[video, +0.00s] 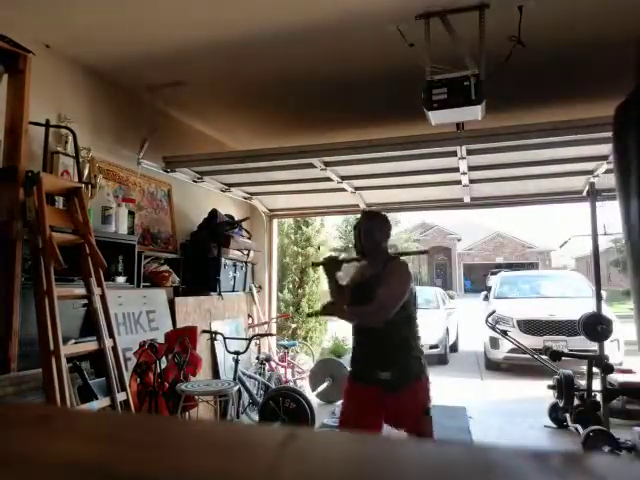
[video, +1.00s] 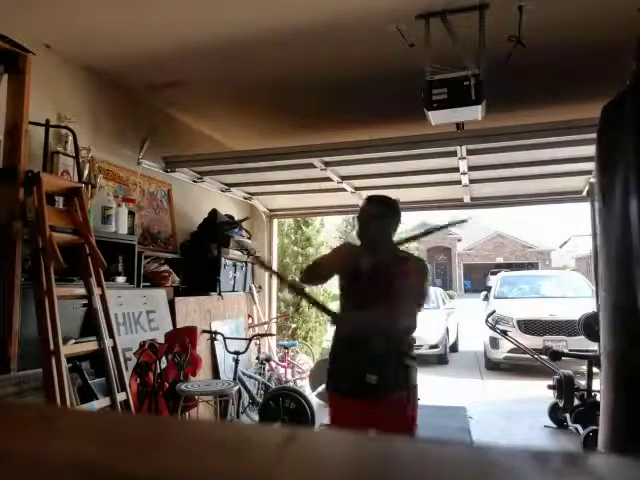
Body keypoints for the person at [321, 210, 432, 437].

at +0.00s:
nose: (369, 239)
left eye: (375, 232)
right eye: (364, 233)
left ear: (386, 235)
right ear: (357, 237)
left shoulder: (398, 270)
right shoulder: (360, 272)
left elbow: (381, 313)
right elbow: (344, 305)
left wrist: (343, 313)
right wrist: (332, 277)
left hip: (404, 371)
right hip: (365, 370)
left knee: (421, 445)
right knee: (355, 447)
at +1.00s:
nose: (361, 229)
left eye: (370, 222)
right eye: (360, 221)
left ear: (390, 225)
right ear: (358, 222)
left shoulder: (411, 266)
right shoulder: (349, 254)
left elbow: (404, 320)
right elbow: (308, 276)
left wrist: (351, 321)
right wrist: (340, 259)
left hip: (393, 379)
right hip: (348, 376)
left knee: (393, 462)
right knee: (346, 459)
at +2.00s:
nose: (393, 213)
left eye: (405, 207)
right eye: (389, 205)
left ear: (421, 217)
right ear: (382, 209)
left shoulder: (426, 262)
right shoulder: (354, 251)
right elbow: (345, 311)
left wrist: (458, 224)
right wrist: (410, 327)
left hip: (409, 393)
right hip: (352, 387)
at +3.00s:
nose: (248, 227)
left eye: (254, 218)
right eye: (245, 221)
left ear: (279, 219)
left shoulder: (301, 250)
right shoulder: (267, 266)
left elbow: (280, 302)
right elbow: (243, 314)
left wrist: (231, 334)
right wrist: (228, 271)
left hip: (310, 354)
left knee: (248, 379)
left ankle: (298, 453)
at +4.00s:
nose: (375, 227)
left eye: (372, 219)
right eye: (368, 220)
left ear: (340, 225)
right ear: (350, 223)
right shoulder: (345, 258)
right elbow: (386, 312)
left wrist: (371, 278)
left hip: (362, 397)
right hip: (336, 400)